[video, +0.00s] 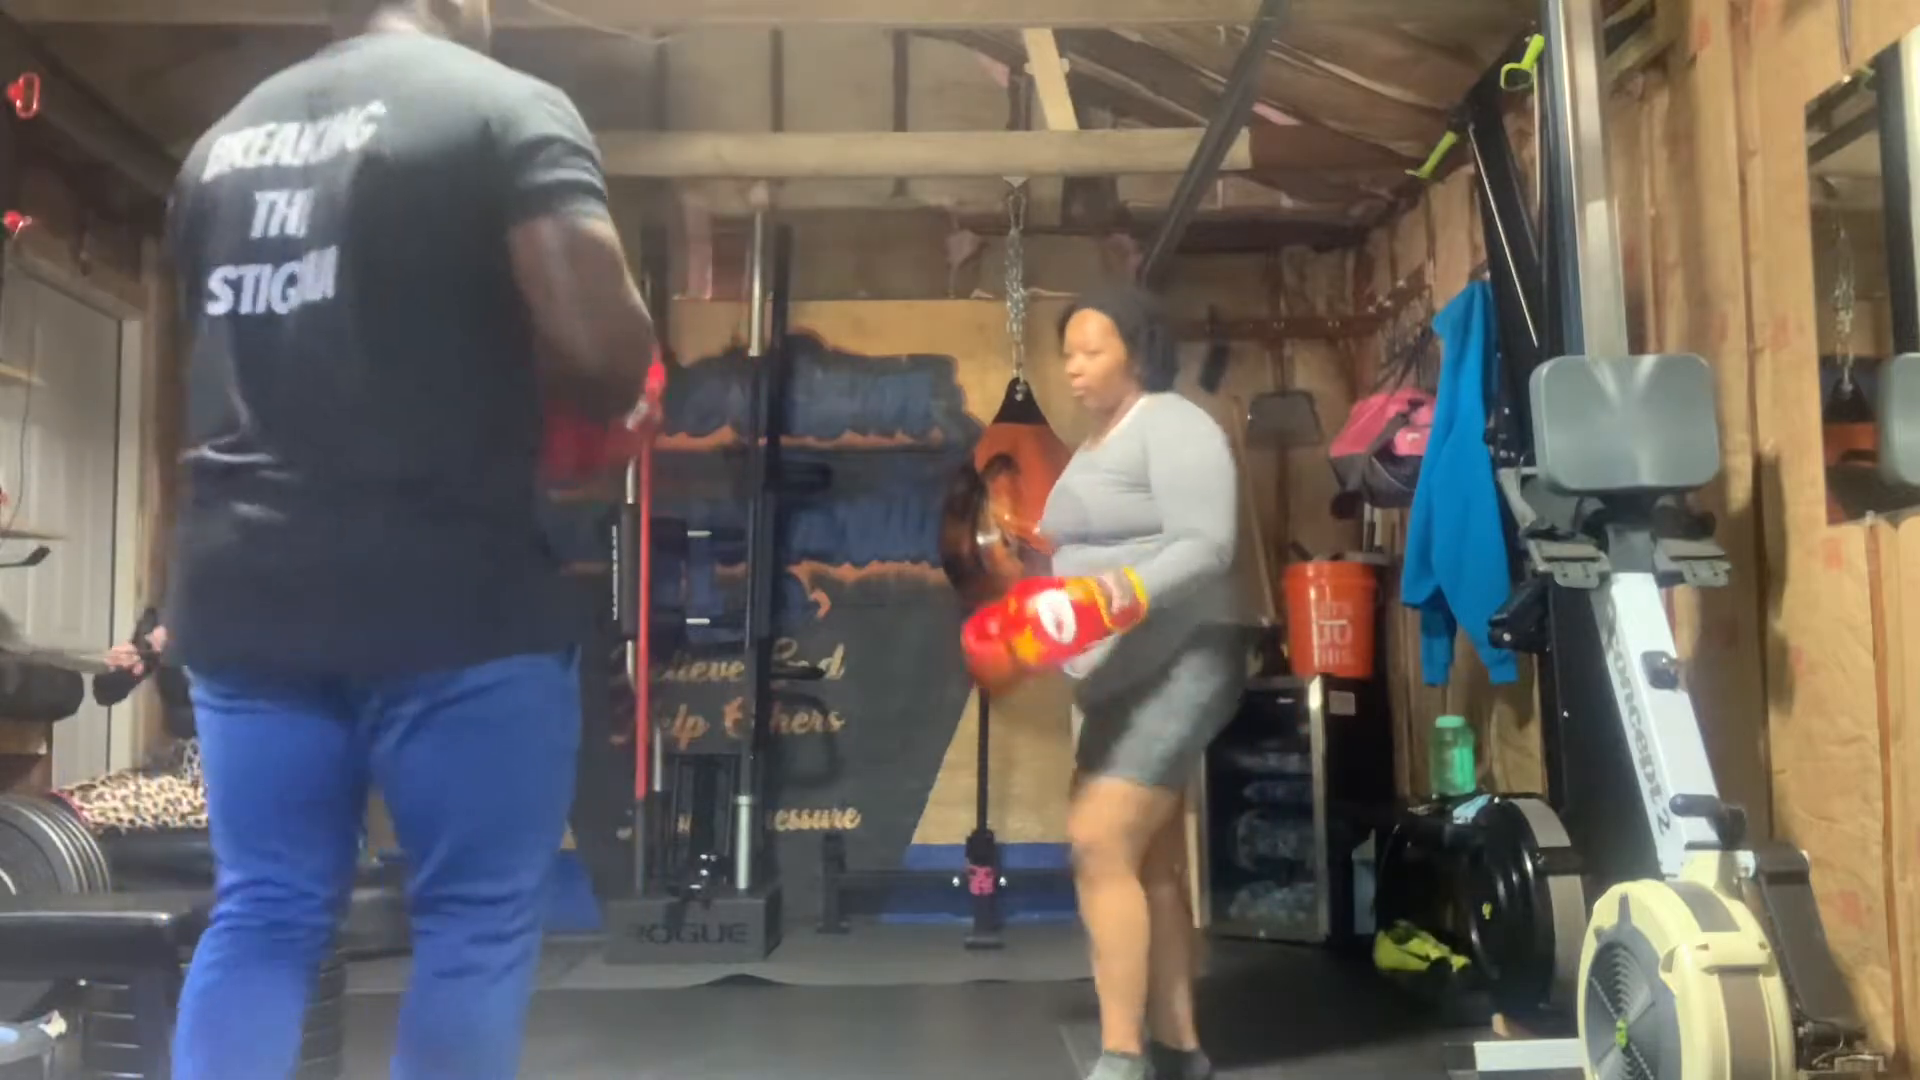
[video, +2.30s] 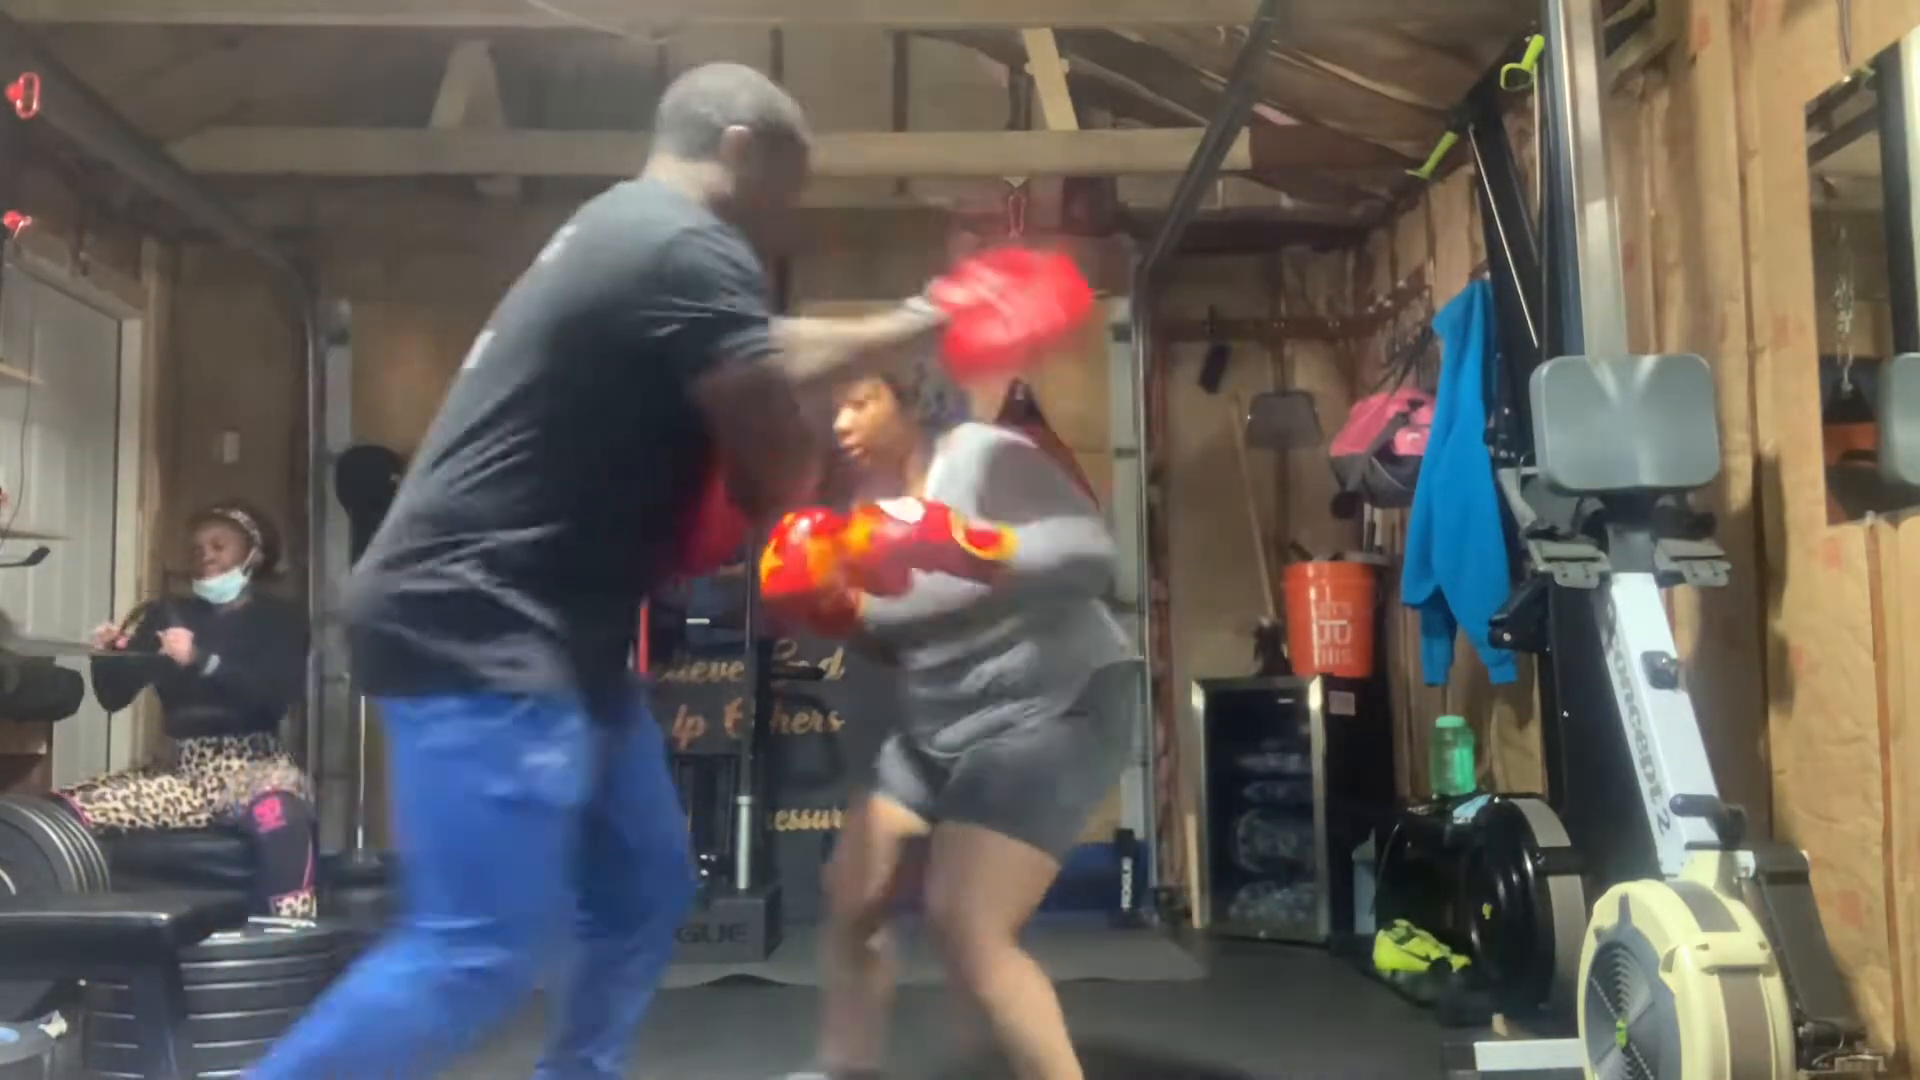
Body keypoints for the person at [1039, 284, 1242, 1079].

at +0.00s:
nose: (1077, 368)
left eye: (1092, 351)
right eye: (1070, 354)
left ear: (1136, 355)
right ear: (1067, 363)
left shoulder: (1176, 424)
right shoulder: (1092, 451)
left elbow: (1208, 541)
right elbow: (1077, 561)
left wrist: (1105, 597)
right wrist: (1027, 555)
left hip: (1187, 653)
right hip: (1116, 663)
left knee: (1100, 836)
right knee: (1156, 863)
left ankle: (1122, 1059)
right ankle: (1179, 1046)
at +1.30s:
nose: (1082, 335)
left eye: (1100, 317)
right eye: (1077, 320)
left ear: (1153, 320)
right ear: (1079, 328)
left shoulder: (1195, 390)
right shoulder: (1085, 418)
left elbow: (1213, 502)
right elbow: (1035, 544)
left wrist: (1111, 462)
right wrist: (1007, 455)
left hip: (1195, 628)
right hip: (1132, 642)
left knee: (1106, 850)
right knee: (1179, 882)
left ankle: (1146, 1070)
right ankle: (1219, 1070)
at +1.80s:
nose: (1038, 330)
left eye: (1054, 313)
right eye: (1033, 317)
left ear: (1106, 312)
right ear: (1031, 330)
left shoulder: (1142, 374)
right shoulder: (1040, 419)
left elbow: (1143, 447)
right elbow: (1016, 548)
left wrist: (1052, 387)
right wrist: (981, 456)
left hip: (1133, 627)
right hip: (1101, 636)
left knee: (1085, 888)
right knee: (1169, 900)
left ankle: (1093, 1075)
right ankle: (1216, 1071)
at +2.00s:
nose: (972, 337)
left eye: (989, 317)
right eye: (967, 321)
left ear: (1049, 312)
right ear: (968, 332)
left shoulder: (1089, 363)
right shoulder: (983, 421)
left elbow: (1091, 415)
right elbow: (948, 536)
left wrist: (971, 384)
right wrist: (904, 471)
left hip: (1128, 629)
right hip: (1063, 656)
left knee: (1058, 874)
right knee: (1156, 906)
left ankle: (1088, 1074)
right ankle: (1218, 1073)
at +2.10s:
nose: (926, 357)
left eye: (942, 338)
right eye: (923, 340)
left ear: (999, 333)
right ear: (937, 345)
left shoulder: (1053, 391)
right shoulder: (948, 442)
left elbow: (1116, 491)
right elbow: (939, 571)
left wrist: (993, 496)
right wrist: (867, 576)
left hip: (1113, 649)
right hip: (1035, 678)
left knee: (1028, 879)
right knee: (1050, 888)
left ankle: (1078, 1073)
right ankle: (1186, 1041)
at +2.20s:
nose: (879, 395)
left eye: (894, 374)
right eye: (875, 379)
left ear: (955, 367)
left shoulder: (1018, 430)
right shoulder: (912, 482)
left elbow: (1129, 536)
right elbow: (914, 613)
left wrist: (1010, 557)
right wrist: (849, 581)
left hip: (1088, 685)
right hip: (984, 703)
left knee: (997, 897)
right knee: (926, 882)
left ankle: (1068, 1071)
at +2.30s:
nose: (843, 424)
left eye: (860, 401)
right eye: (837, 408)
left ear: (911, 398)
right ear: (841, 421)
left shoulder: (987, 456)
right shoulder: (867, 505)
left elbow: (1093, 556)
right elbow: (897, 626)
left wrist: (986, 549)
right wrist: (845, 610)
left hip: (1048, 712)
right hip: (935, 723)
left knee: (968, 918)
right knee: (853, 891)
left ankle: (1059, 1070)